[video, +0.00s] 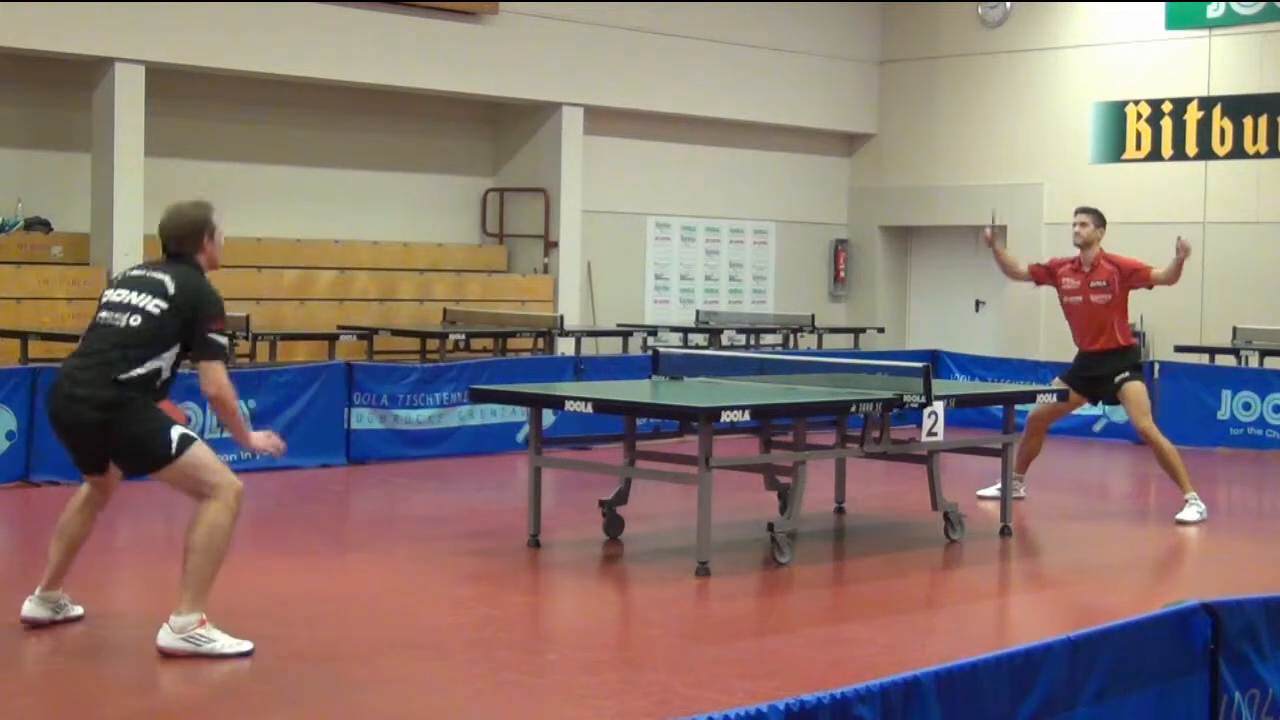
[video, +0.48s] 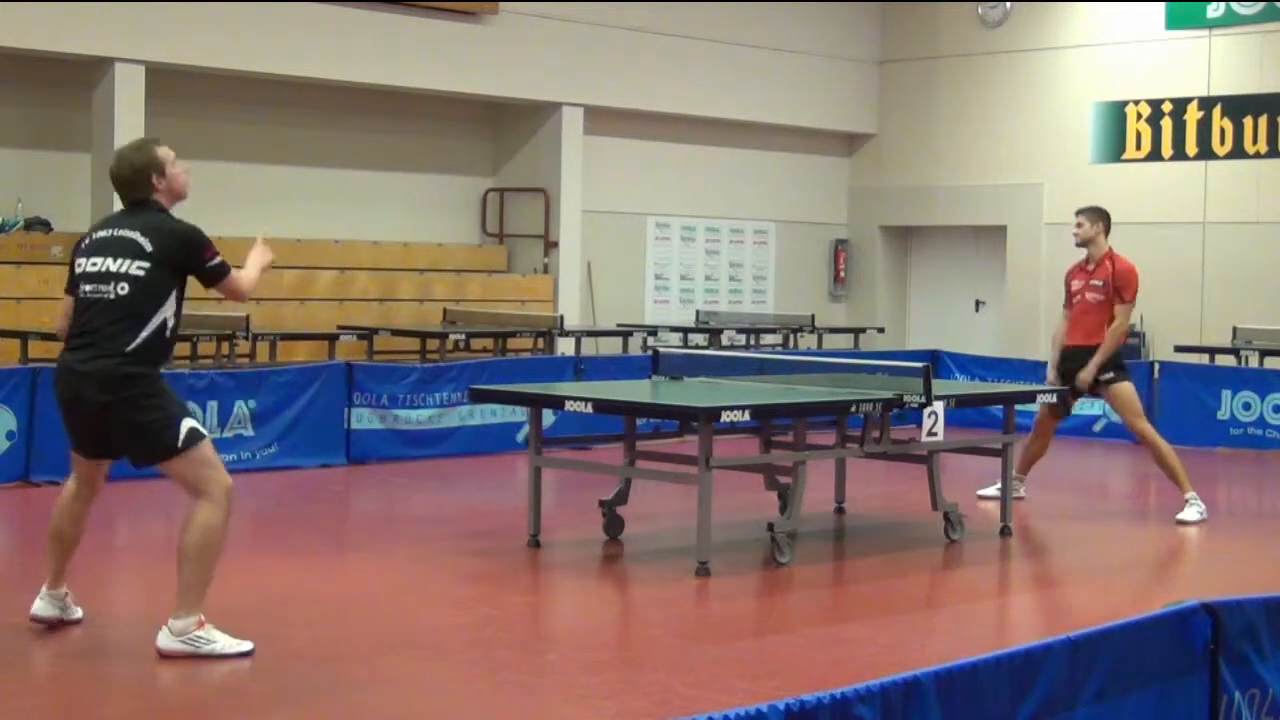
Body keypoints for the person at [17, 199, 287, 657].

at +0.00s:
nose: (221, 241)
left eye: (218, 234)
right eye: (217, 235)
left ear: (168, 243)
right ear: (204, 243)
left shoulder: (130, 275)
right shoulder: (200, 293)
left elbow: (106, 349)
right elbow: (216, 387)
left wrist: (158, 405)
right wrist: (247, 437)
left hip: (65, 399)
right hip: (119, 406)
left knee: (101, 481)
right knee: (224, 491)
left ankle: (46, 595)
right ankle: (187, 622)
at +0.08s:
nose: (212, 241)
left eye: (208, 233)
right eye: (207, 235)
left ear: (161, 241)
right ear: (193, 242)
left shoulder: (123, 276)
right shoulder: (193, 291)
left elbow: (100, 347)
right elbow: (208, 384)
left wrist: (142, 406)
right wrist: (240, 424)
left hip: (66, 403)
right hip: (119, 407)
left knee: (101, 480)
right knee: (225, 491)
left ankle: (47, 594)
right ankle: (187, 620)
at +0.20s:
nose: (199, 219)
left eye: (195, 210)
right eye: (194, 211)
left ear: (146, 221)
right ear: (180, 219)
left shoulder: (110, 261)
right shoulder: (184, 268)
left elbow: (78, 334)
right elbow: (227, 353)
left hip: (68, 395)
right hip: (122, 400)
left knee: (96, 477)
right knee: (222, 486)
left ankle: (47, 592)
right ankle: (187, 617)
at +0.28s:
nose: (191, 204)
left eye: (188, 196)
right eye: (186, 197)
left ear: (137, 208)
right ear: (172, 206)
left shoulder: (101, 254)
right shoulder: (184, 257)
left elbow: (68, 340)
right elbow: (240, 331)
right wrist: (263, 311)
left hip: (71, 388)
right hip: (124, 393)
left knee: (92, 482)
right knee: (220, 487)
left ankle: (48, 593)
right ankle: (185, 620)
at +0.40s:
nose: (186, 184)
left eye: (182, 176)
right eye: (180, 179)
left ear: (133, 195)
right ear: (165, 192)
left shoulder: (97, 244)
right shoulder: (182, 244)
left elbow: (65, 332)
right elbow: (243, 302)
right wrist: (263, 274)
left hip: (74, 383)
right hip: (130, 387)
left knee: (84, 484)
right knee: (220, 489)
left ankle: (51, 592)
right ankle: (186, 622)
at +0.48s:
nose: (185, 170)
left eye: (179, 162)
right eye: (176, 165)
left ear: (132, 186)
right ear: (158, 182)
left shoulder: (93, 237)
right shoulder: (179, 234)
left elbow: (66, 324)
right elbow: (240, 289)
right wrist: (258, 261)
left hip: (75, 379)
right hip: (130, 384)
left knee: (84, 481)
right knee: (214, 488)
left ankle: (52, 593)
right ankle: (185, 623)